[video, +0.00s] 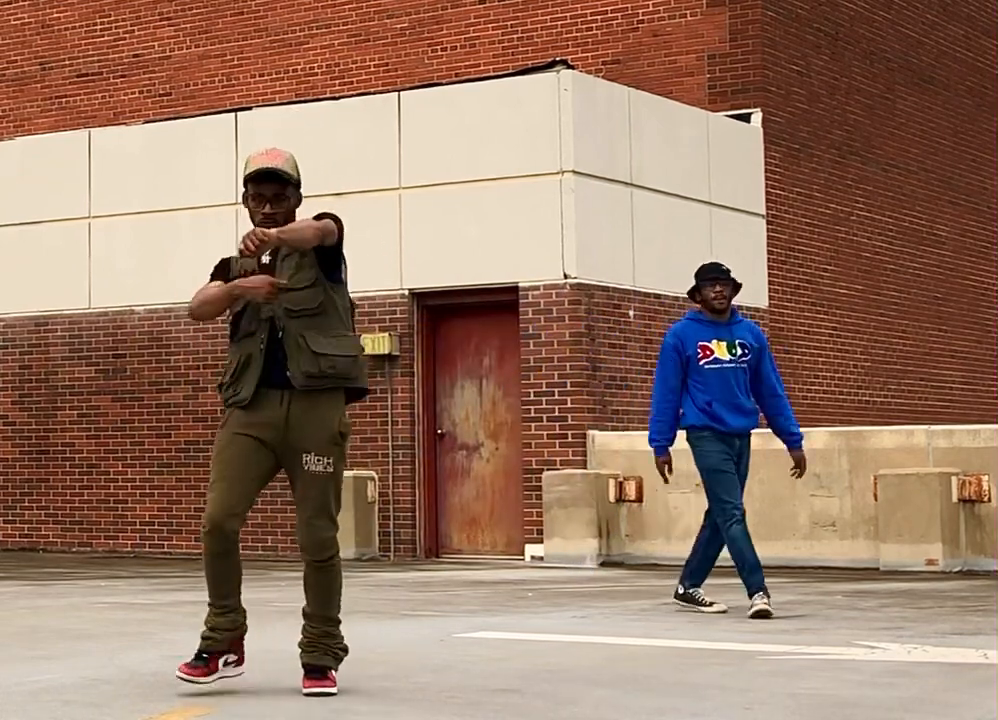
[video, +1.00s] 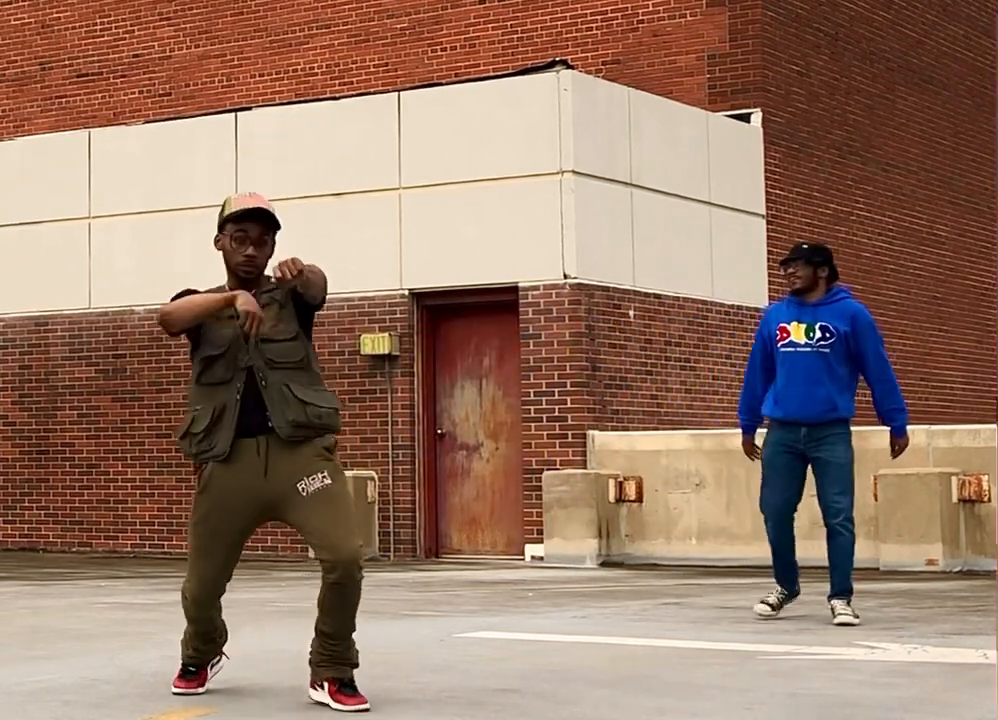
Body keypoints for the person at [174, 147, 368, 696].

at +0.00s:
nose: (267, 201)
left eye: (278, 193)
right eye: (258, 193)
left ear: (297, 198)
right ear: (244, 198)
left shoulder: (320, 235)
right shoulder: (236, 263)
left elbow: (325, 230)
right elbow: (198, 307)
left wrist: (273, 237)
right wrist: (240, 288)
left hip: (316, 407)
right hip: (250, 409)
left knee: (318, 540)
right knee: (217, 522)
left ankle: (320, 655)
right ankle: (223, 637)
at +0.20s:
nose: (262, 231)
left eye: (272, 223)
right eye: (253, 222)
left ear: (289, 228)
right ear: (238, 225)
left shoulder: (307, 277)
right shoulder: (219, 281)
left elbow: (316, 269)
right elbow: (182, 295)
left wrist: (277, 256)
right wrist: (236, 298)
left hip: (295, 437)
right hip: (224, 438)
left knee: (322, 561)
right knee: (201, 561)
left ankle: (320, 659)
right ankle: (211, 655)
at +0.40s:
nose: (258, 197)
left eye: (269, 189)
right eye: (248, 187)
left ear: (283, 200)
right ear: (230, 194)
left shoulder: (292, 253)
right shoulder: (203, 237)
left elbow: (321, 269)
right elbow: (162, 259)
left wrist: (289, 254)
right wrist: (234, 293)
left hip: (286, 417)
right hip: (213, 418)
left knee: (327, 522)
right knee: (198, 548)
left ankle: (310, 636)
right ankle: (207, 654)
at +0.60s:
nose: (260, 191)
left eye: (270, 182)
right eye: (248, 183)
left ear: (284, 191)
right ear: (231, 193)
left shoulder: (294, 251)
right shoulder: (209, 234)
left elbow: (334, 274)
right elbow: (170, 253)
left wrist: (310, 265)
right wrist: (235, 301)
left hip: (285, 421)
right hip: (219, 421)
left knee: (312, 538)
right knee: (203, 554)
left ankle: (331, 670)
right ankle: (198, 653)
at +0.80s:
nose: (252, 209)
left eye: (263, 201)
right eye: (242, 197)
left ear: (273, 210)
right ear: (222, 200)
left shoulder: (277, 260)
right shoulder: (192, 251)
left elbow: (314, 263)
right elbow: (169, 278)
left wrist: (302, 263)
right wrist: (243, 291)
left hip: (295, 424)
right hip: (222, 430)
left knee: (340, 525)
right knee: (197, 558)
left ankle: (329, 668)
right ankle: (194, 653)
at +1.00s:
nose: (251, 248)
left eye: (261, 239)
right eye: (240, 238)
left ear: (272, 246)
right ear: (220, 244)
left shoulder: (291, 294)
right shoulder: (203, 301)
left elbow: (318, 285)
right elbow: (168, 318)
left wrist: (300, 271)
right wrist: (229, 297)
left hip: (302, 454)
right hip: (228, 460)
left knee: (345, 559)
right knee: (199, 589)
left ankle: (332, 672)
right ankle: (201, 652)